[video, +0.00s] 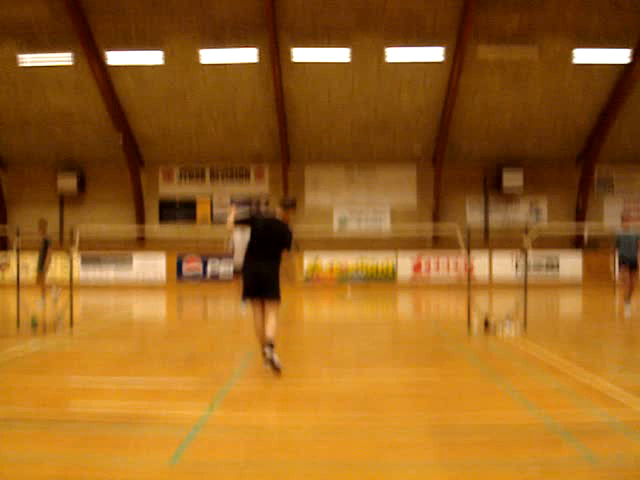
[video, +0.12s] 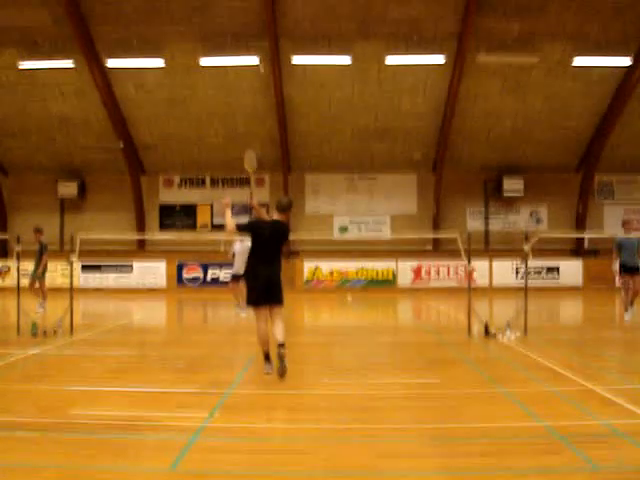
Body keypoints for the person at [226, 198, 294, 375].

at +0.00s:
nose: (289, 216)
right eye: (290, 213)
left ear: (275, 208)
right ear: (287, 213)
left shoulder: (258, 220)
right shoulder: (285, 230)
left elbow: (232, 225)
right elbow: (287, 254)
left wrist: (232, 213)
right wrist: (292, 277)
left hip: (252, 272)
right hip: (270, 274)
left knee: (258, 311)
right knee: (271, 309)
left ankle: (264, 349)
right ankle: (269, 343)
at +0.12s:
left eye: (276, 207)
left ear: (274, 208)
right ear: (289, 212)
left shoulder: (257, 225)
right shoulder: (284, 229)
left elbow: (231, 228)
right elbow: (268, 222)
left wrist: (227, 209)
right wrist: (257, 209)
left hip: (255, 275)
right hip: (273, 275)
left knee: (261, 319)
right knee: (277, 315)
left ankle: (267, 361)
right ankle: (281, 346)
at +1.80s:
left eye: (195, 258)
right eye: (207, 259)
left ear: (193, 260)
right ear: (209, 261)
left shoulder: (184, 276)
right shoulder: (215, 278)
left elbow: (165, 302)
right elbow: (236, 306)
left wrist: (154, 325)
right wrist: (235, 323)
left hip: (181, 314)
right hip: (206, 315)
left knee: (157, 337)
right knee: (235, 339)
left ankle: (141, 375)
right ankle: (253, 377)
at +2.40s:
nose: (209, 239)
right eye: (210, 237)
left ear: (194, 240)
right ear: (210, 240)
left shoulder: (183, 260)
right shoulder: (216, 261)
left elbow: (172, 290)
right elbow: (223, 287)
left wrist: (180, 304)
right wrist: (239, 304)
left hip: (186, 308)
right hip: (212, 309)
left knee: (163, 337)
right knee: (238, 340)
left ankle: (147, 374)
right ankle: (260, 376)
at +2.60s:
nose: (207, 228)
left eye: (206, 225)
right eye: (206, 225)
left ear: (188, 226)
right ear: (202, 226)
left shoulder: (174, 246)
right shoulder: (204, 245)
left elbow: (163, 278)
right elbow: (217, 273)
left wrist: (175, 291)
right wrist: (243, 280)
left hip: (179, 298)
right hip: (203, 298)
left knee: (163, 337)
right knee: (231, 336)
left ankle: (147, 374)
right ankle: (260, 372)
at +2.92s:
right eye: (175, 205)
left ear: (159, 208)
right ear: (176, 206)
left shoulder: (153, 232)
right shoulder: (188, 227)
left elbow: (145, 265)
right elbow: (204, 253)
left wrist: (154, 282)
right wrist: (191, 256)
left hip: (170, 285)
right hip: (194, 283)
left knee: (163, 329)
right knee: (212, 324)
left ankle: (155, 375)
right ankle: (231, 365)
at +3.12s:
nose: (174, 209)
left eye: (167, 206)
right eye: (176, 206)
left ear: (162, 207)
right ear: (179, 205)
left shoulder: (156, 230)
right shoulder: (190, 226)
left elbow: (150, 265)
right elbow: (201, 254)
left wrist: (141, 293)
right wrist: (198, 275)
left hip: (173, 283)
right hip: (197, 280)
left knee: (164, 327)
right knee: (214, 320)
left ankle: (157, 374)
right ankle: (232, 360)